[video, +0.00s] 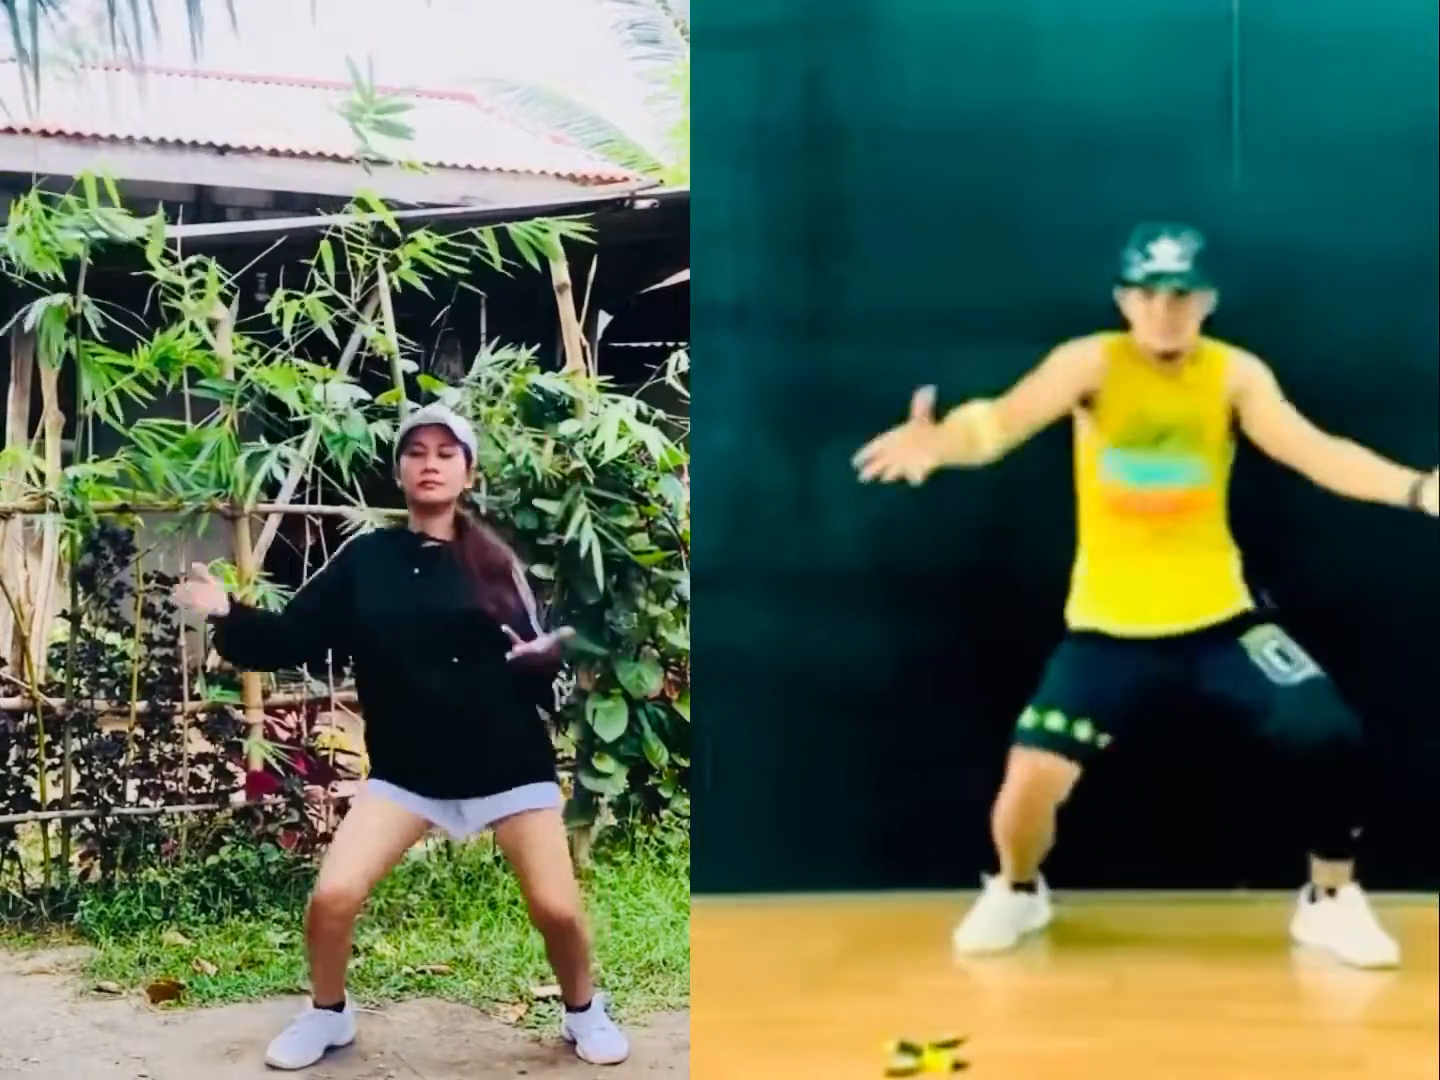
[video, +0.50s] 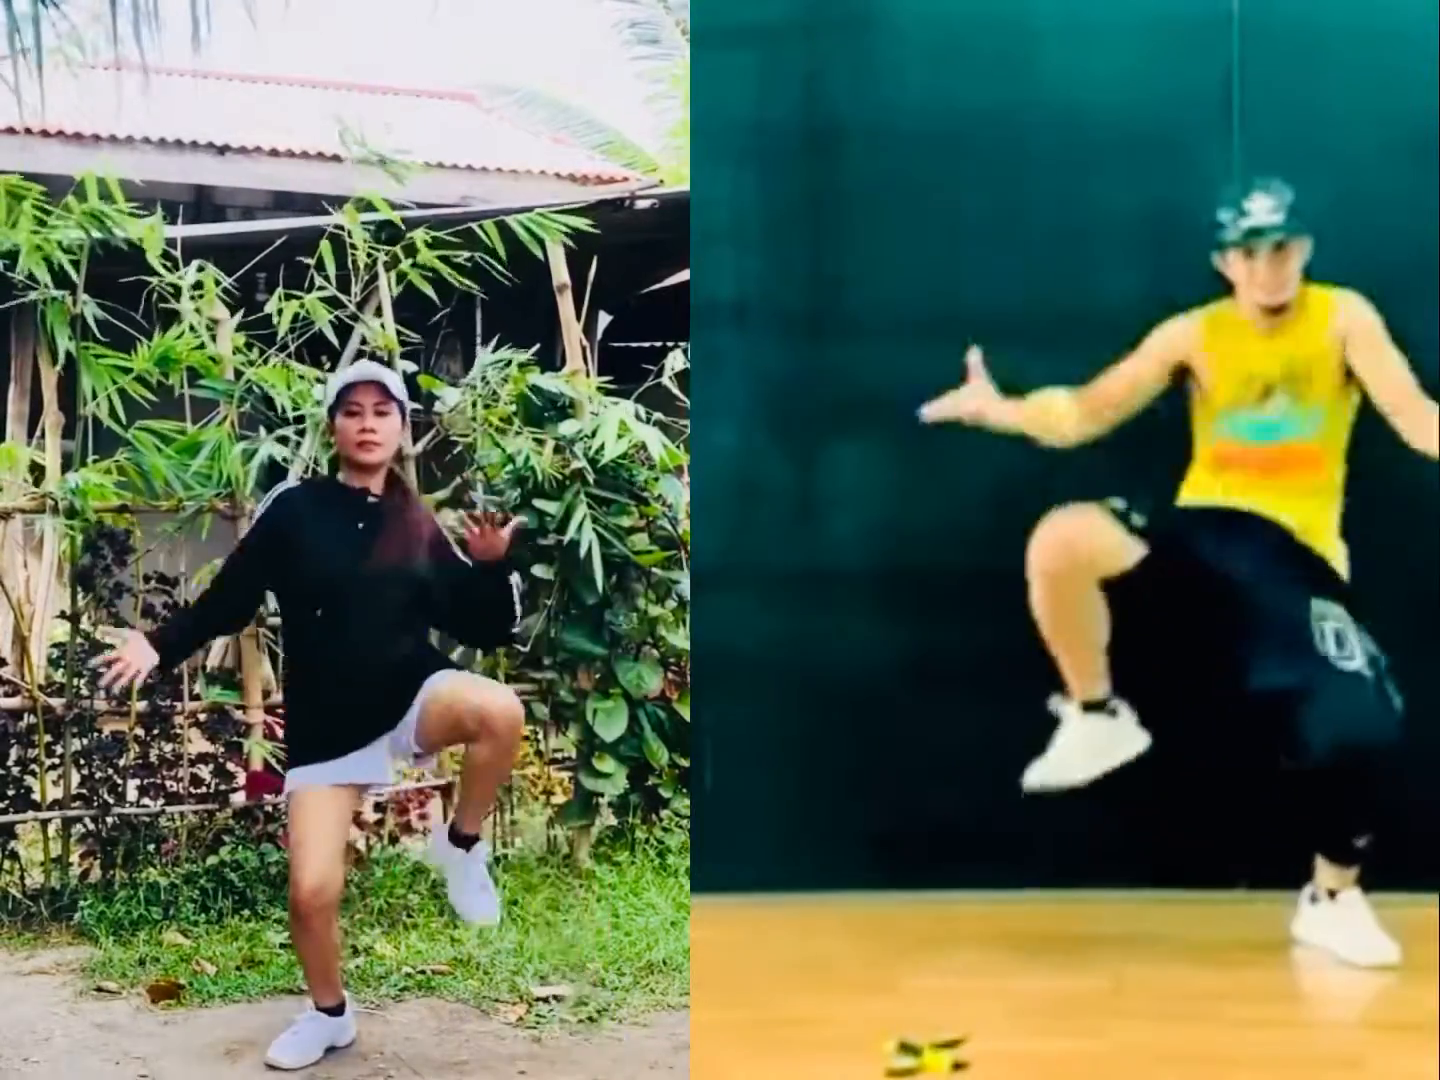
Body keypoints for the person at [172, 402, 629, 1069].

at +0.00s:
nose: (429, 465)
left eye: (445, 454)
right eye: (416, 453)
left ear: (468, 472)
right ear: (399, 470)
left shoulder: (494, 559)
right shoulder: (365, 557)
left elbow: (538, 683)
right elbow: (294, 638)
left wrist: (542, 664)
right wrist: (226, 613)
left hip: (510, 767)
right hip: (405, 771)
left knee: (559, 910)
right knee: (330, 900)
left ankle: (585, 1011)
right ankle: (326, 1015)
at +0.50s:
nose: (367, 424)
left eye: (383, 412)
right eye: (352, 411)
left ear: (403, 429)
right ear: (333, 428)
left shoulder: (416, 522)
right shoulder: (295, 510)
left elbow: (486, 627)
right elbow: (229, 599)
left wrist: (491, 568)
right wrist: (159, 644)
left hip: (409, 697)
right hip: (323, 728)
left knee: (501, 712)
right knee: (310, 895)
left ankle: (463, 843)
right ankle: (330, 1012)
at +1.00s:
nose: (458, 453)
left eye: (471, 438)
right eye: (443, 442)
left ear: (496, 447)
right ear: (428, 458)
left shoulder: (542, 531)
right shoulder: (410, 546)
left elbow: (618, 615)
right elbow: (373, 647)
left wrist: (602, 539)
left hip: (518, 750)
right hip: (414, 754)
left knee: (590, 879)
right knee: (361, 899)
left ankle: (588, 1015)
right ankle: (322, 1010)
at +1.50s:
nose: (483, 416)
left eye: (499, 401)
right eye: (468, 403)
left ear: (527, 411)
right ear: (455, 418)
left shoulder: (574, 473)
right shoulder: (453, 511)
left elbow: (668, 552)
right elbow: (443, 621)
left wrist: (622, 522)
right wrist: (397, 631)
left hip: (543, 708)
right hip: (447, 684)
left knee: (571, 877)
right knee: (383, 778)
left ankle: (579, 1011)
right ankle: (353, 889)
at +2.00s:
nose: (280, 321)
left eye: (298, 307)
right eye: (264, 305)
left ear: (326, 321)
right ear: (242, 319)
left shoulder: (354, 408)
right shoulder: (201, 425)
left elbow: (435, 534)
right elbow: (173, 547)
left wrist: (414, 473)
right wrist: (156, 557)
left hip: (349, 644)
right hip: (231, 661)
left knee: (463, 774)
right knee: (224, 853)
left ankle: (458, 929)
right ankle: (224, 1001)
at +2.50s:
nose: (315, 315)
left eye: (332, 300)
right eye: (298, 299)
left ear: (354, 316)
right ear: (273, 312)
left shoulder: (378, 406)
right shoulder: (231, 412)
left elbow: (423, 555)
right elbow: (182, 538)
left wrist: (451, 517)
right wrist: (178, 480)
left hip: (392, 630)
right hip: (274, 656)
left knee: (519, 735)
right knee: (243, 841)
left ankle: (506, 889)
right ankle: (252, 975)